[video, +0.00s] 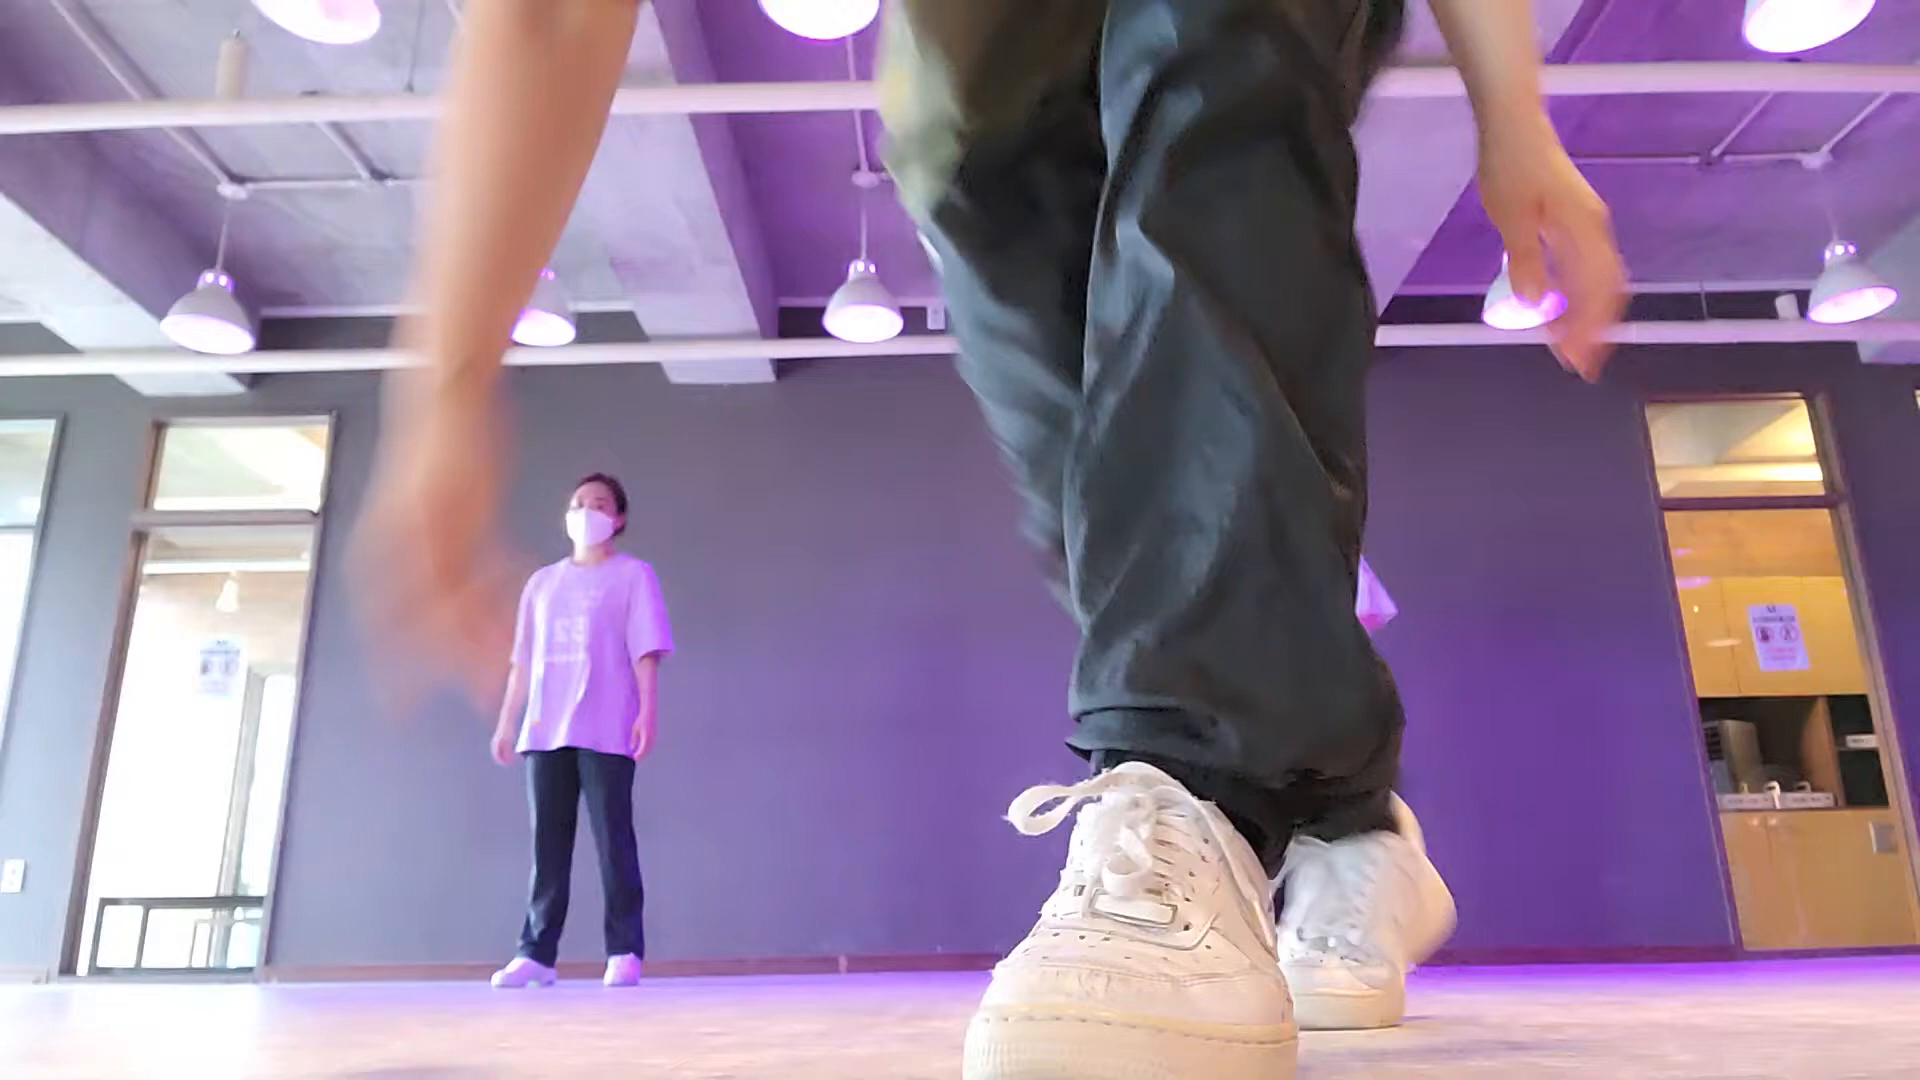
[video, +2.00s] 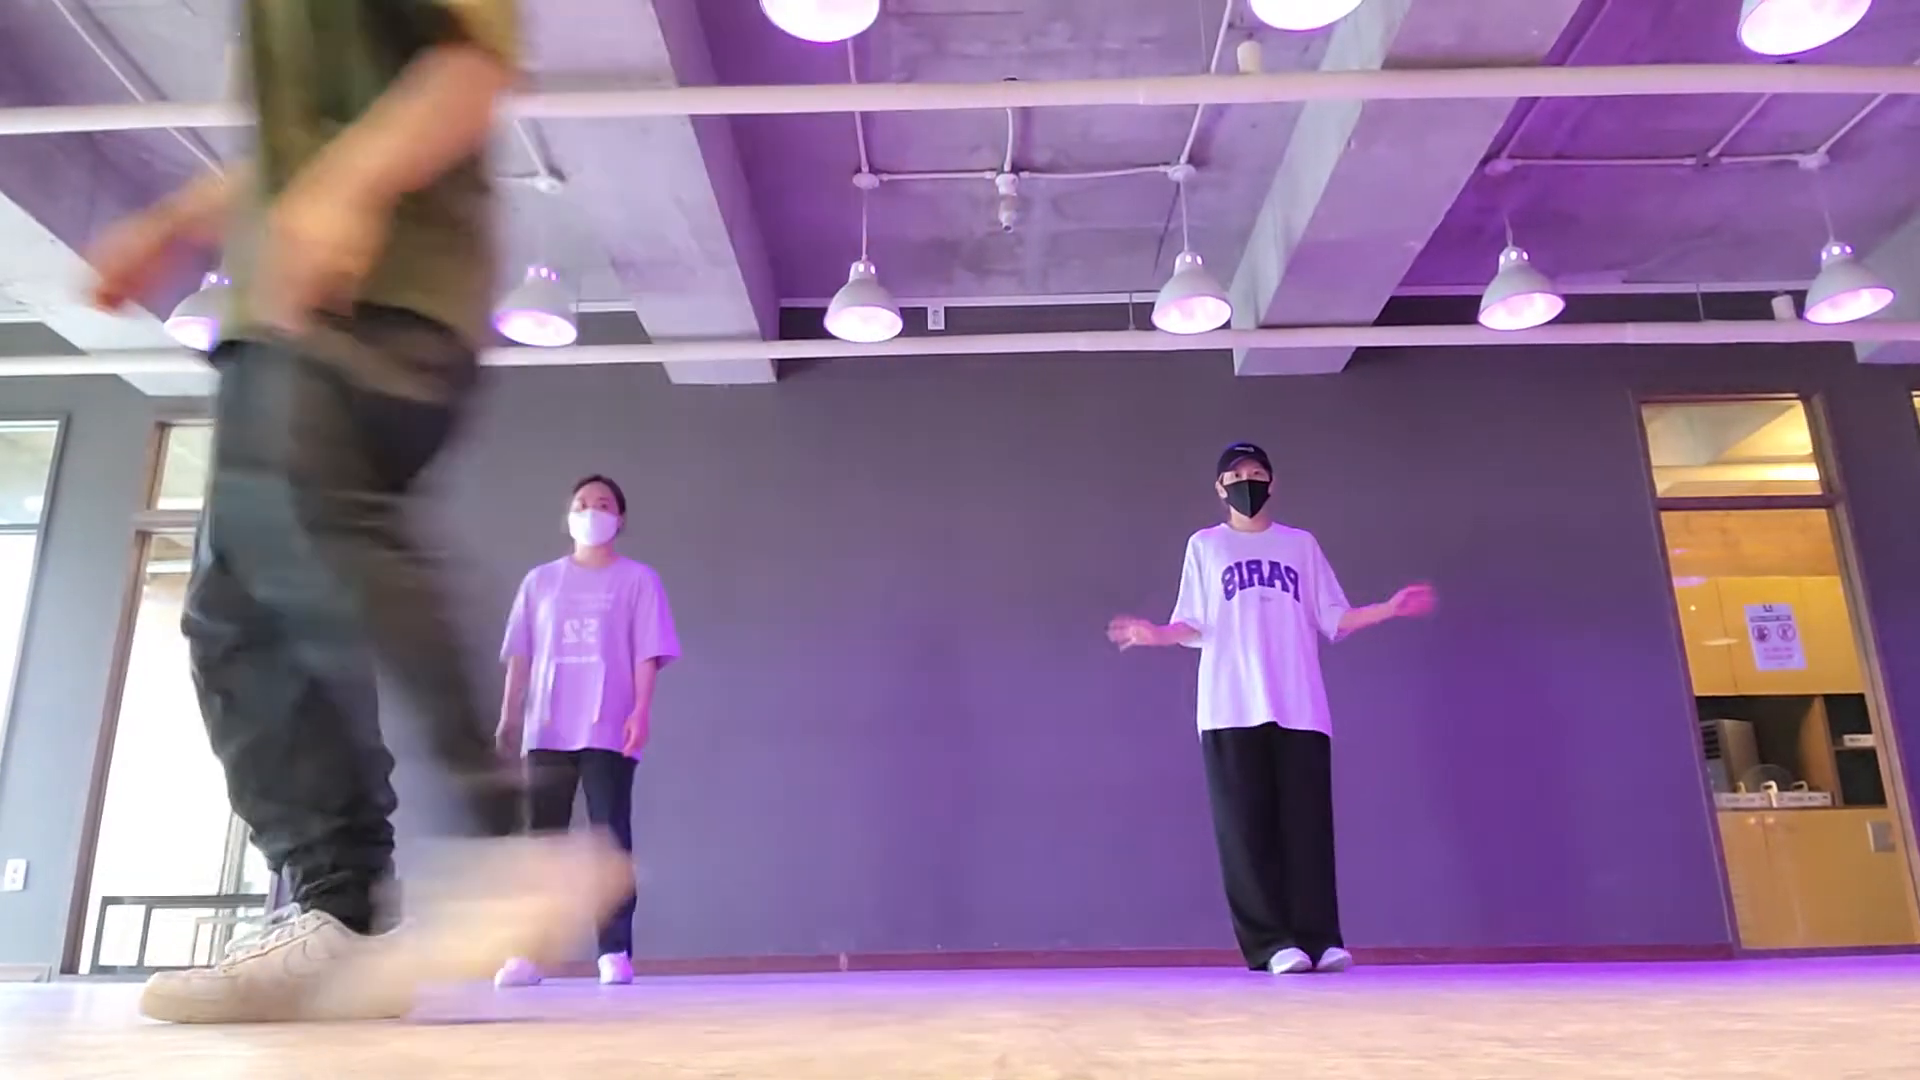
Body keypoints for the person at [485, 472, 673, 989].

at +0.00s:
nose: (587, 512)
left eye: (599, 506)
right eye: (579, 504)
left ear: (618, 521)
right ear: (566, 517)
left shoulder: (634, 576)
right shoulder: (541, 582)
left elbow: (646, 652)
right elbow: (521, 663)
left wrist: (647, 711)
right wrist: (507, 722)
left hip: (607, 727)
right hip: (545, 728)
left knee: (613, 843)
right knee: (548, 846)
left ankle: (624, 953)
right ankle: (536, 955)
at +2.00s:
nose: (590, 513)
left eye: (602, 507)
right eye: (582, 506)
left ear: (619, 521)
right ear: (567, 519)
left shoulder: (639, 581)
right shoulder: (539, 581)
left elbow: (648, 655)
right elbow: (518, 657)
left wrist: (641, 713)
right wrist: (509, 718)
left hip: (608, 729)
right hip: (547, 729)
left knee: (611, 842)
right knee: (539, 844)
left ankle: (614, 951)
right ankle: (526, 951)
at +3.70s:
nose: (566, 511)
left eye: (577, 505)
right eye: (557, 504)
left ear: (594, 522)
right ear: (543, 520)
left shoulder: (616, 581)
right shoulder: (514, 581)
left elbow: (638, 653)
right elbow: (490, 651)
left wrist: (604, 666)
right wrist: (497, 657)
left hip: (586, 729)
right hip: (524, 728)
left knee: (595, 841)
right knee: (529, 845)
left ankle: (609, 949)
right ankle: (525, 953)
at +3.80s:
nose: (569, 510)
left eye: (581, 504)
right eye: (560, 504)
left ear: (598, 522)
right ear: (547, 521)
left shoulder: (621, 580)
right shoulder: (521, 580)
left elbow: (645, 651)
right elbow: (485, 650)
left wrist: (606, 615)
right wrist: (512, 608)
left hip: (591, 728)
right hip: (529, 727)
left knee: (597, 840)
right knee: (531, 844)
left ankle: (609, 949)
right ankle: (525, 953)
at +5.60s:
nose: (593, 511)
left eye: (604, 505)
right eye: (584, 505)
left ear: (620, 522)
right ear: (570, 520)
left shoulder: (635, 576)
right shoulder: (543, 577)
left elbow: (670, 617)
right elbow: (490, 610)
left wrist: (663, 565)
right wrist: (516, 555)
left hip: (612, 721)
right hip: (548, 721)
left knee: (611, 837)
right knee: (543, 837)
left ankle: (610, 949)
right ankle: (527, 951)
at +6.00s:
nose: (578, 509)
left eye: (590, 503)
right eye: (573, 502)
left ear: (614, 519)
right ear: (564, 518)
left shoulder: (641, 574)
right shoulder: (542, 580)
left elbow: (685, 627)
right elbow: (493, 631)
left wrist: (687, 572)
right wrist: (501, 580)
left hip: (610, 720)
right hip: (547, 720)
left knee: (610, 837)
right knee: (541, 837)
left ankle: (610, 949)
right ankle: (528, 951)